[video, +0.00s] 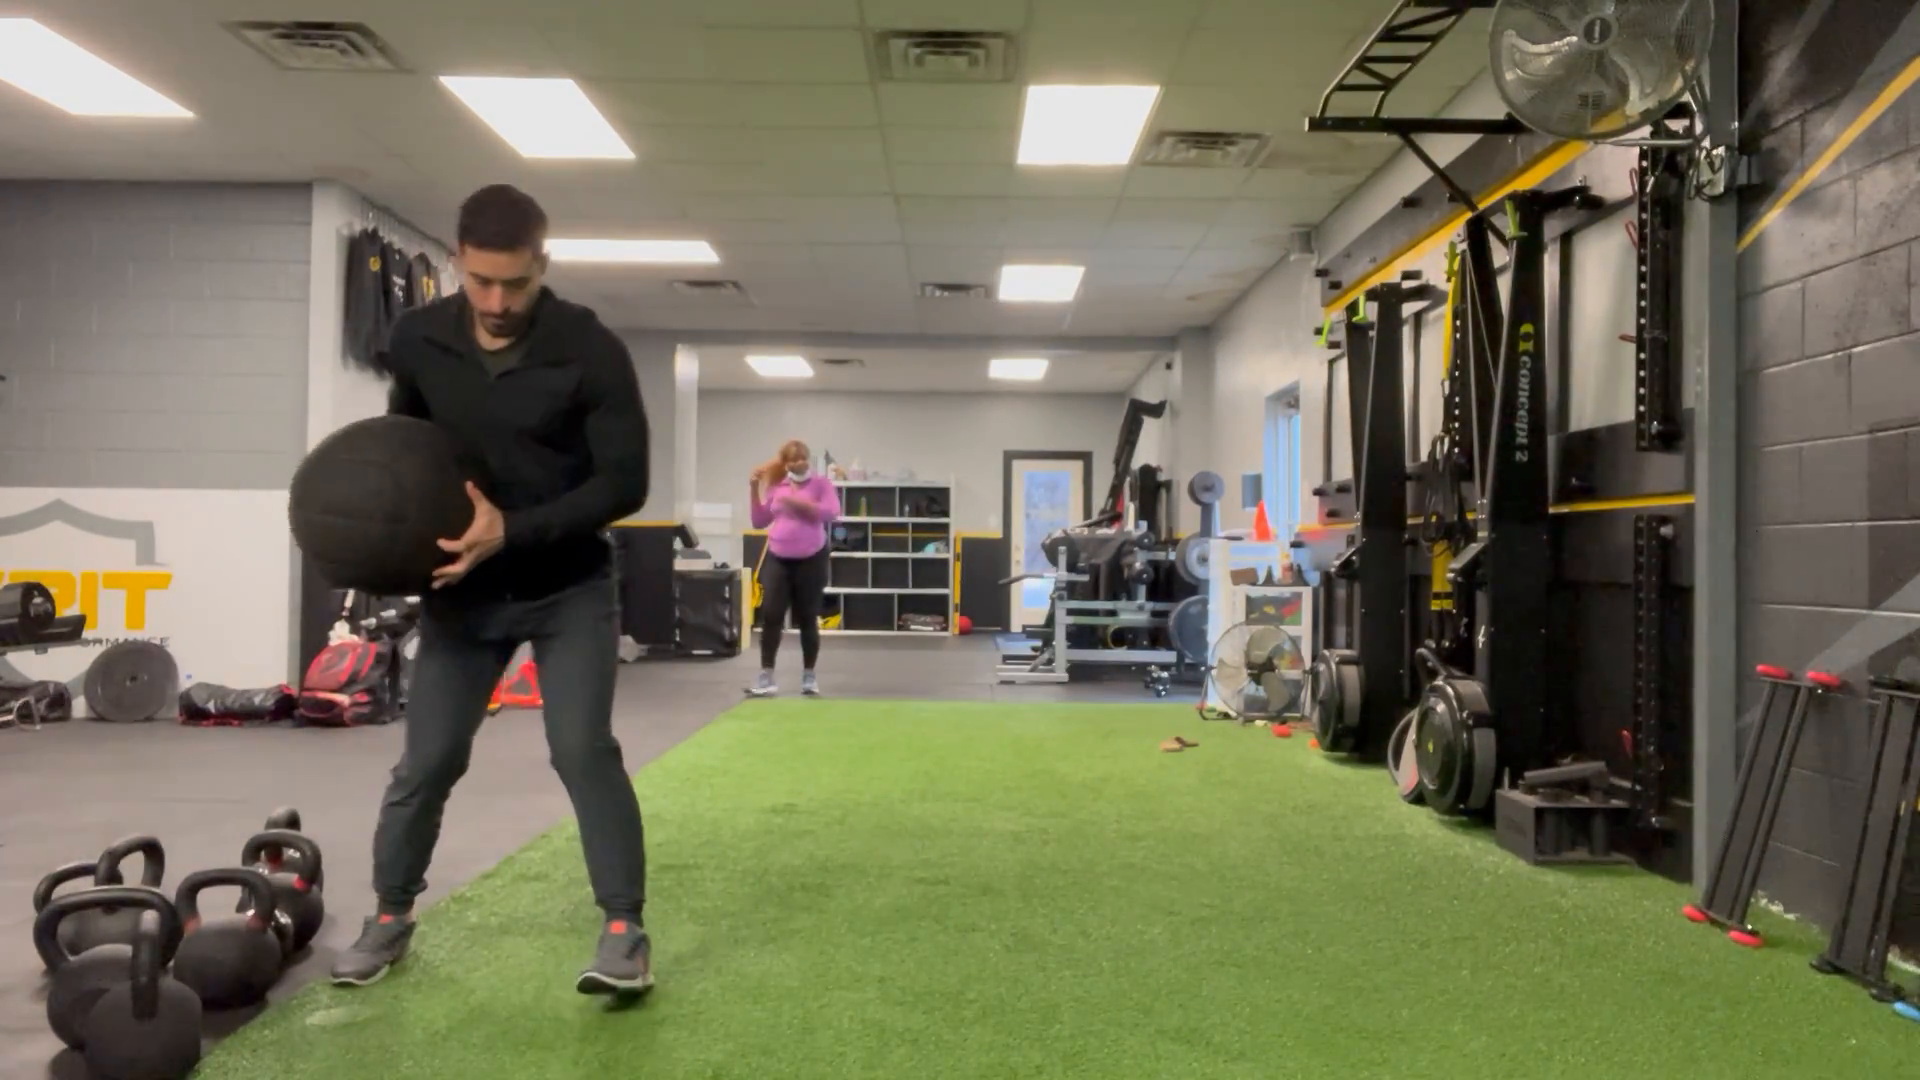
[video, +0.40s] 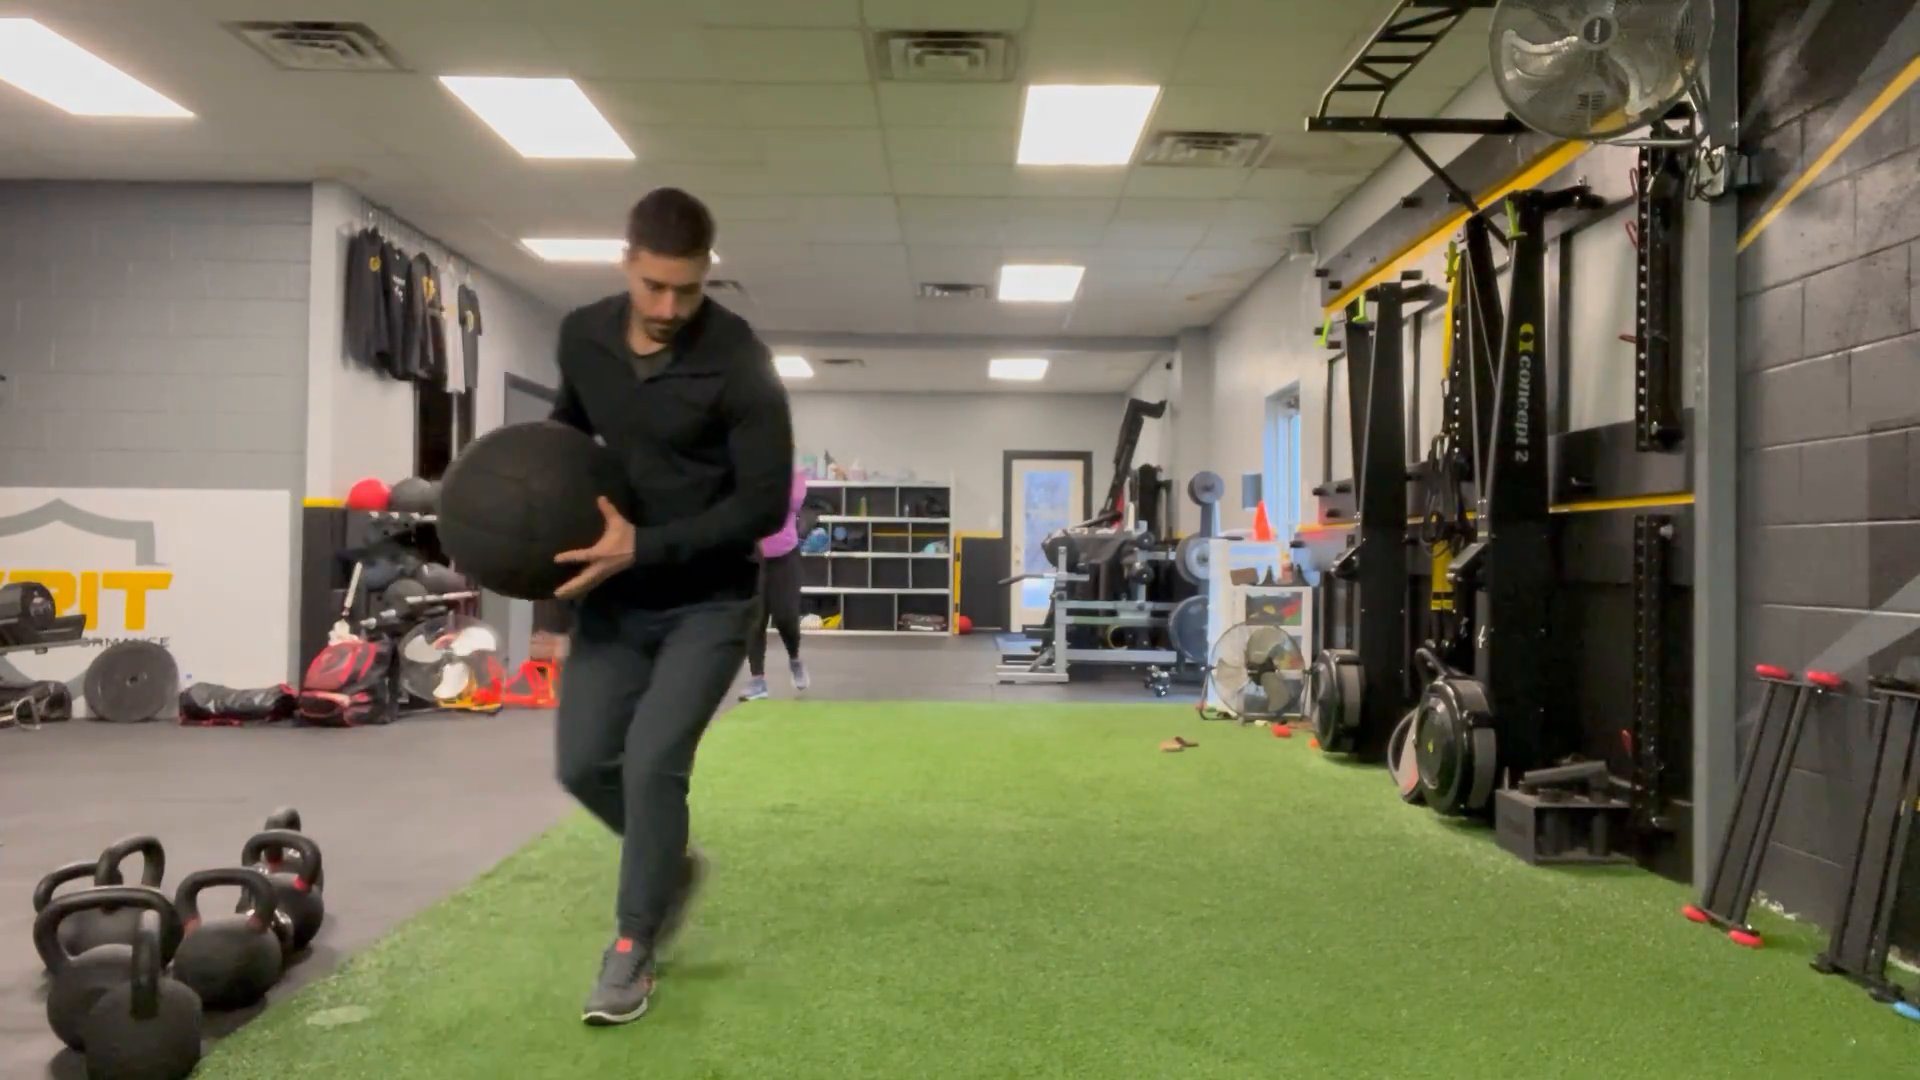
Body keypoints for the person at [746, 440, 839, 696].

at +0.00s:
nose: (799, 463)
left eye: (803, 458)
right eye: (793, 460)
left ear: (809, 459)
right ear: (784, 463)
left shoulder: (821, 484)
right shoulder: (779, 488)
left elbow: (832, 512)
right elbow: (759, 521)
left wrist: (800, 503)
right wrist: (754, 488)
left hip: (811, 557)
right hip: (778, 557)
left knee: (808, 617)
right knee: (771, 614)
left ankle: (809, 675)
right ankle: (766, 675)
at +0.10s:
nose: (795, 464)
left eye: (798, 459)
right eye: (789, 461)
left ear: (804, 460)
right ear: (779, 465)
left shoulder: (816, 483)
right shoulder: (770, 486)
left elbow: (814, 504)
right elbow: (757, 524)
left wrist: (780, 486)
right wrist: (750, 493)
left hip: (806, 558)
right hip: (773, 558)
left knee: (805, 620)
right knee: (769, 617)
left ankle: (809, 677)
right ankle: (759, 677)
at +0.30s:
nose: (778, 464)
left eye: (782, 458)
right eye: (771, 459)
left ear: (789, 459)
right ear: (762, 463)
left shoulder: (799, 480)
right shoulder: (754, 482)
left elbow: (792, 499)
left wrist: (763, 484)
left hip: (789, 556)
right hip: (756, 557)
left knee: (791, 617)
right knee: (758, 620)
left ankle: (805, 667)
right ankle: (757, 679)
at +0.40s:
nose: (774, 454)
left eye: (780, 448)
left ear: (787, 449)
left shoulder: (791, 474)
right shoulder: (749, 478)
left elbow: (797, 500)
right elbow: (741, 508)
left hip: (784, 549)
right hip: (753, 551)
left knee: (786, 616)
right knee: (754, 621)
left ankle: (795, 660)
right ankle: (757, 678)